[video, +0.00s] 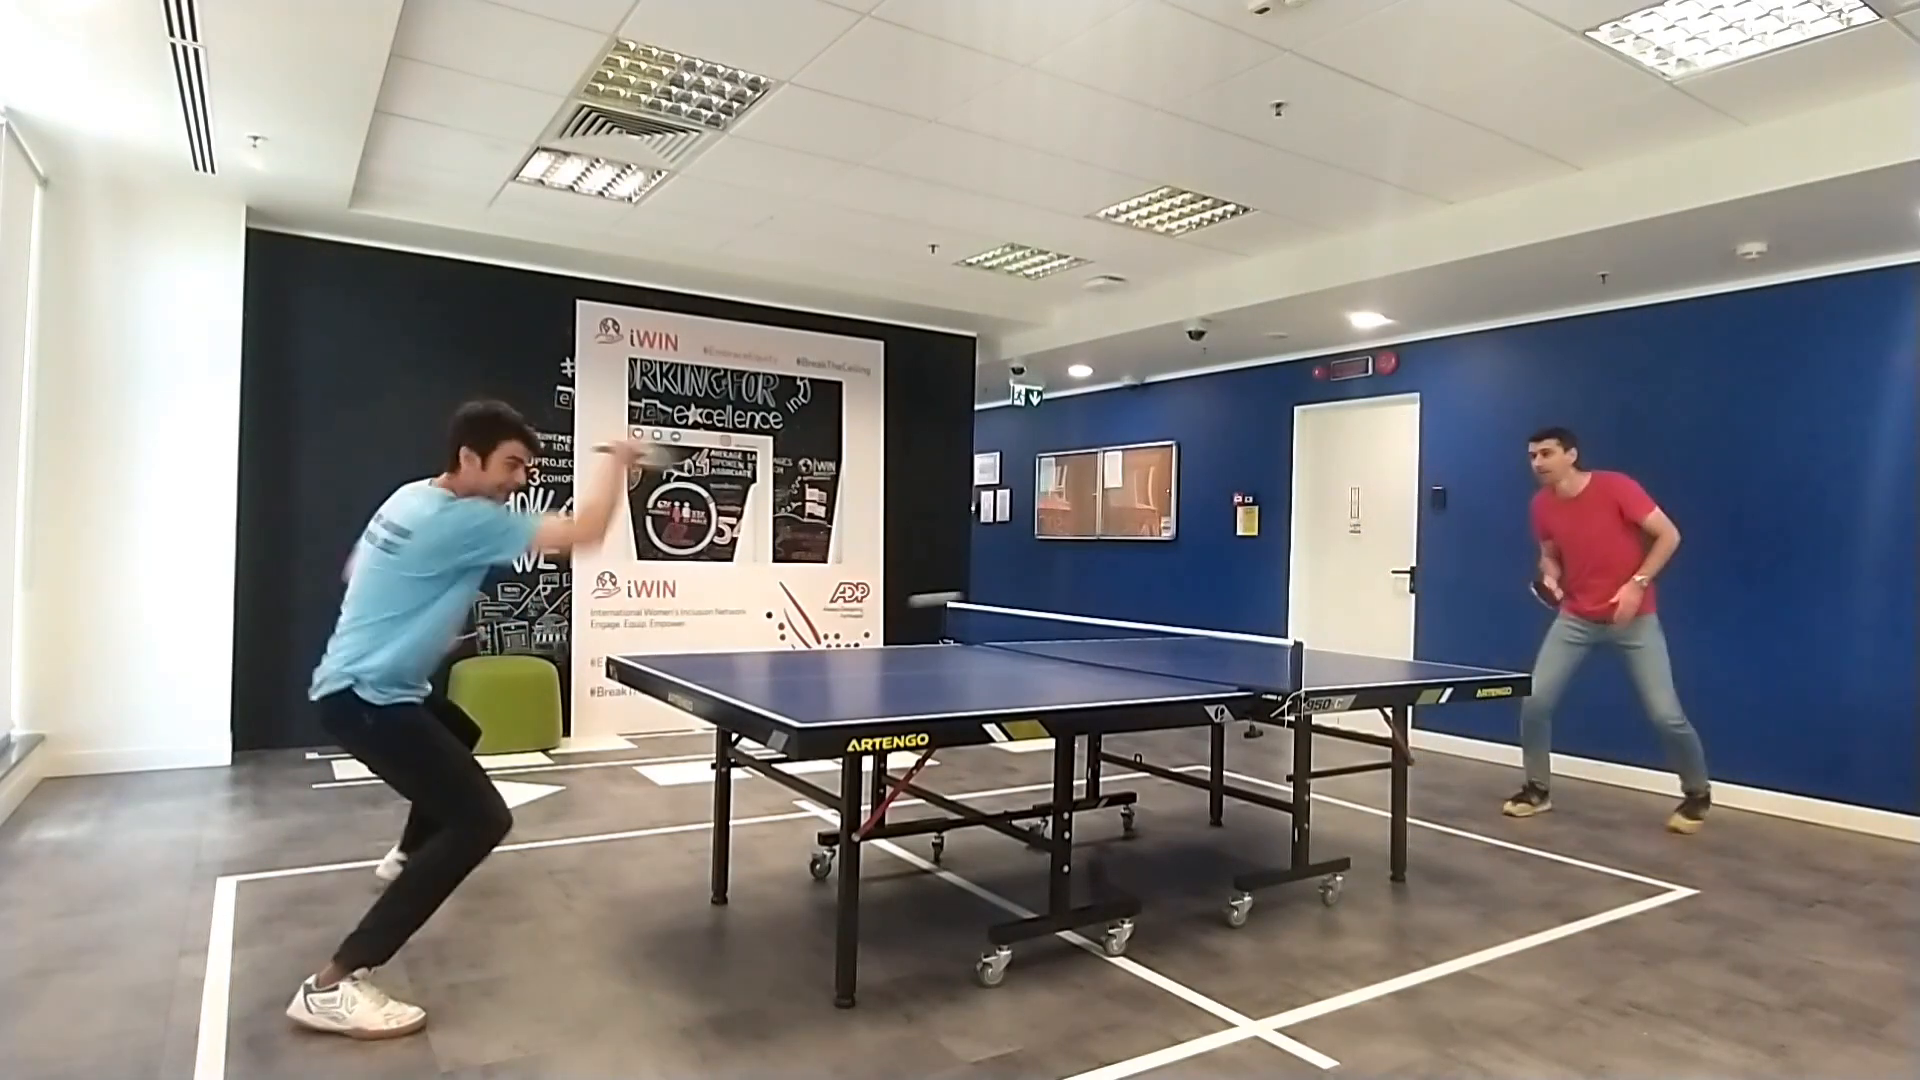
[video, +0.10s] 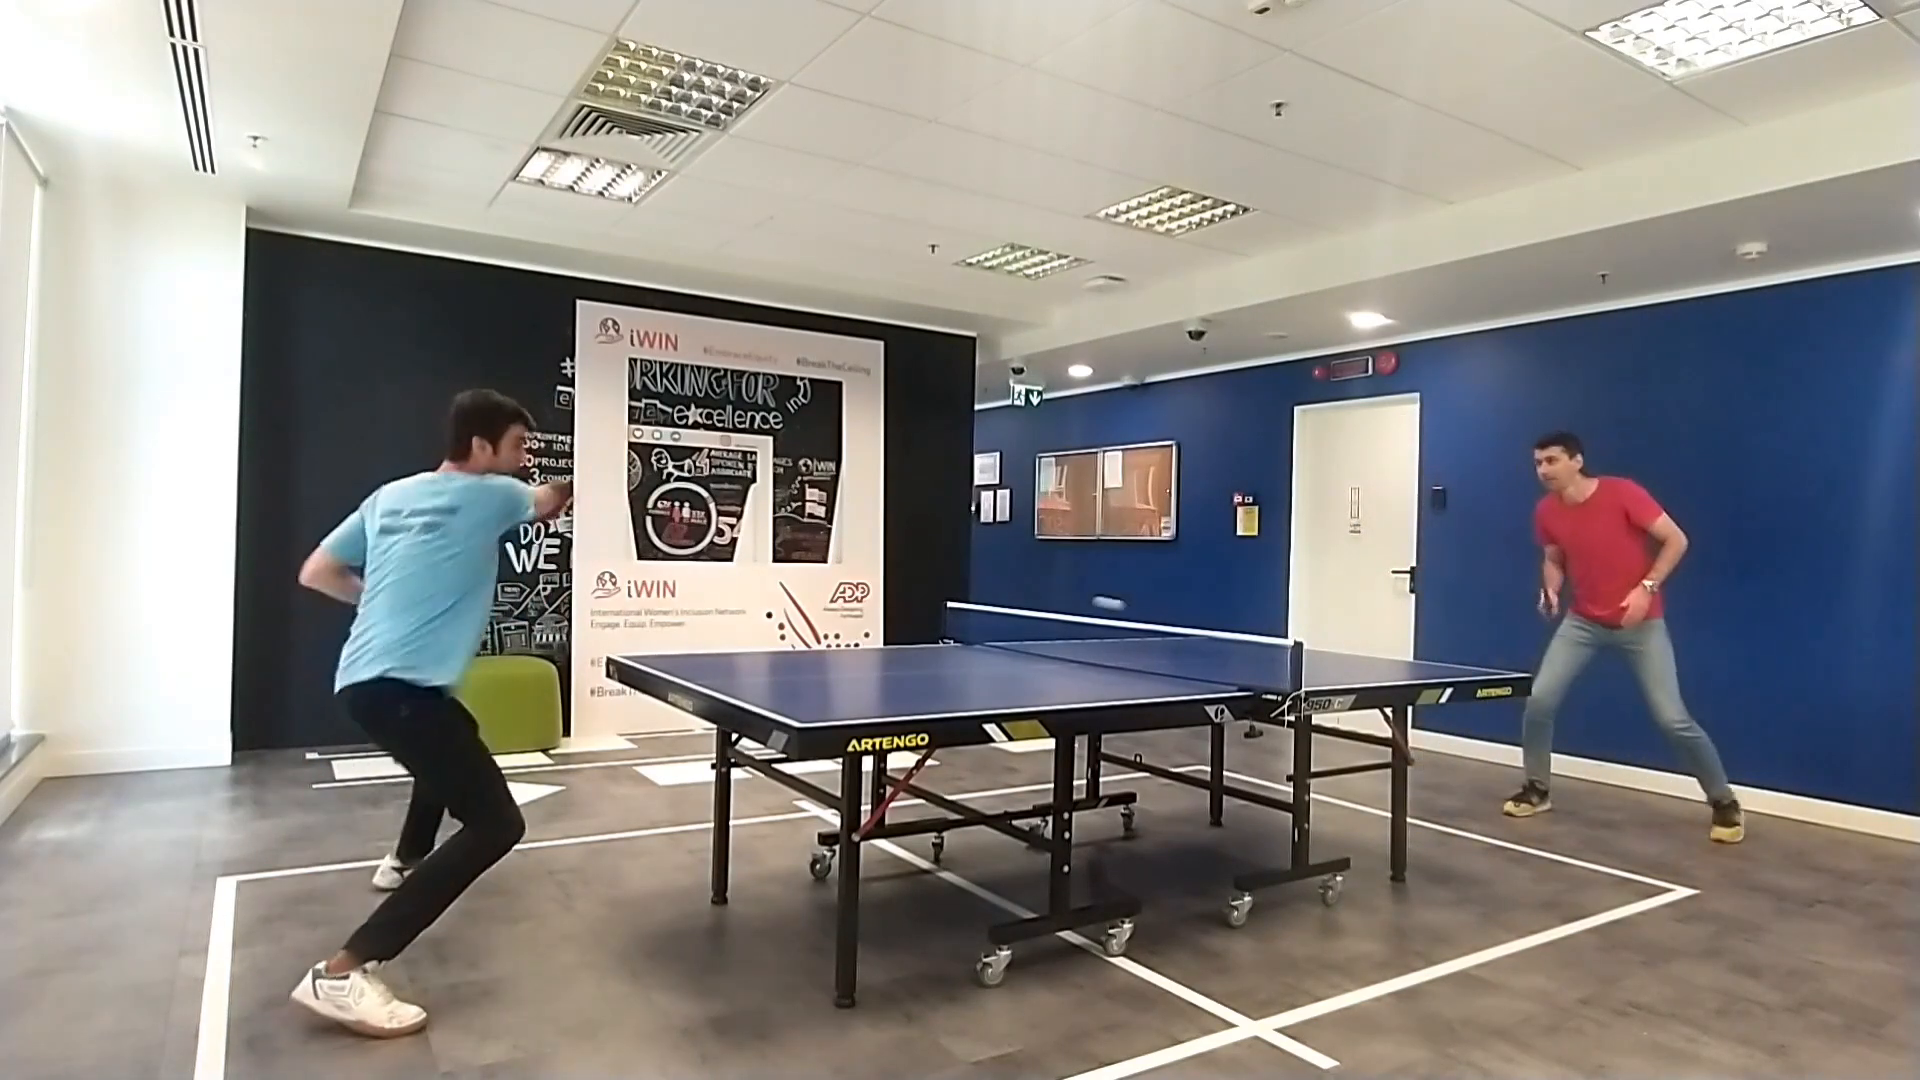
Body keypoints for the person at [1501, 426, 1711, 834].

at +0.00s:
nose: (1537, 462)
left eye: (1545, 453)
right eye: (1532, 456)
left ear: (1571, 455)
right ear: (1532, 463)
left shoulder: (1615, 488)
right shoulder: (1542, 505)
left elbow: (1669, 535)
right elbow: (1549, 556)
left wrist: (1637, 584)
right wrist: (1550, 577)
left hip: (1633, 621)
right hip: (1575, 621)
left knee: (1666, 716)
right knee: (1536, 700)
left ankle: (1698, 796)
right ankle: (1537, 791)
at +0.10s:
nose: (1542, 469)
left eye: (1550, 461)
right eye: (1538, 463)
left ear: (1576, 461)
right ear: (1537, 469)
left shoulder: (1621, 494)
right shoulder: (1547, 512)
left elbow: (1677, 540)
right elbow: (1553, 560)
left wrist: (1647, 587)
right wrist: (1551, 590)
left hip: (1639, 624)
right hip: (1582, 623)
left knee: (1671, 719)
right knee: (1539, 701)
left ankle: (1724, 805)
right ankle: (1536, 790)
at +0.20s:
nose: (1542, 483)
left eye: (1549, 475)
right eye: (1538, 477)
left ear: (1576, 474)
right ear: (1541, 483)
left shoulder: (1623, 505)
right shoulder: (1557, 522)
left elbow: (1683, 551)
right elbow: (1567, 574)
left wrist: (1657, 602)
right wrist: (1550, 613)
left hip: (1646, 633)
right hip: (1592, 630)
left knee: (1676, 730)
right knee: (1534, 697)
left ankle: (1730, 808)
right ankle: (1534, 788)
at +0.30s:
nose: (1531, 488)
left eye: (1537, 479)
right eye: (1528, 481)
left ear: (1565, 478)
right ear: (1535, 486)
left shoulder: (1613, 508)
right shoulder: (1556, 524)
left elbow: (1678, 551)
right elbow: (1575, 573)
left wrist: (1659, 609)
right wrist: (1552, 625)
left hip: (1643, 638)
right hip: (1591, 633)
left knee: (1674, 733)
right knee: (1529, 693)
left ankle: (1732, 809)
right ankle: (1539, 788)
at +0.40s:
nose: (1509, 478)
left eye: (1516, 469)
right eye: (1508, 471)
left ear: (1544, 469)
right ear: (1530, 475)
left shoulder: (1591, 500)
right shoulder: (1541, 518)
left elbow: (1655, 544)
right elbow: (1567, 571)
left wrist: (1642, 607)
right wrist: (1552, 628)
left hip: (1626, 631)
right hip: (1576, 628)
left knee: (1663, 725)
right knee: (1520, 693)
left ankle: (1730, 806)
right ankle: (1538, 787)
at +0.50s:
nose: (1492, 466)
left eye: (1497, 457)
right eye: (1490, 460)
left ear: (1522, 455)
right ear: (1513, 460)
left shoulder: (1567, 489)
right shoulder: (1526, 507)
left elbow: (1620, 538)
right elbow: (1555, 557)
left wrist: (1615, 603)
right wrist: (1551, 608)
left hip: (1598, 619)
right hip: (1553, 620)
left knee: (1636, 713)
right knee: (1514, 695)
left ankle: (1716, 795)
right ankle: (1538, 788)